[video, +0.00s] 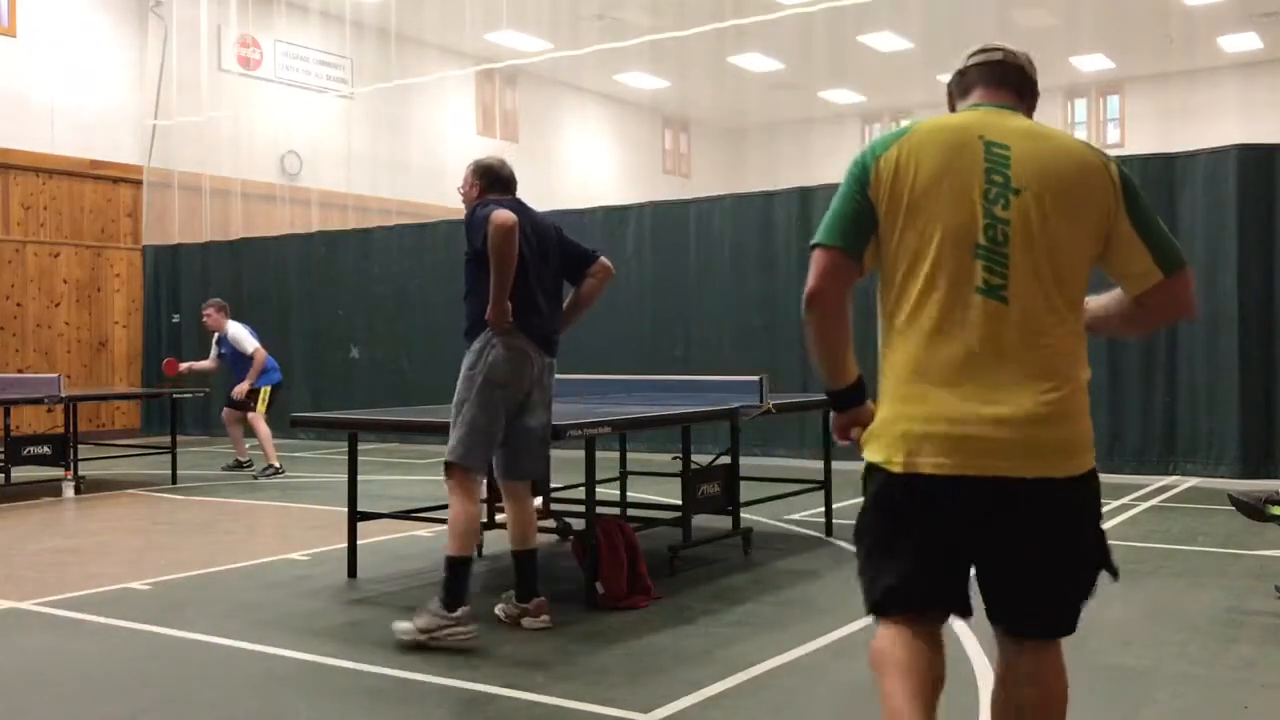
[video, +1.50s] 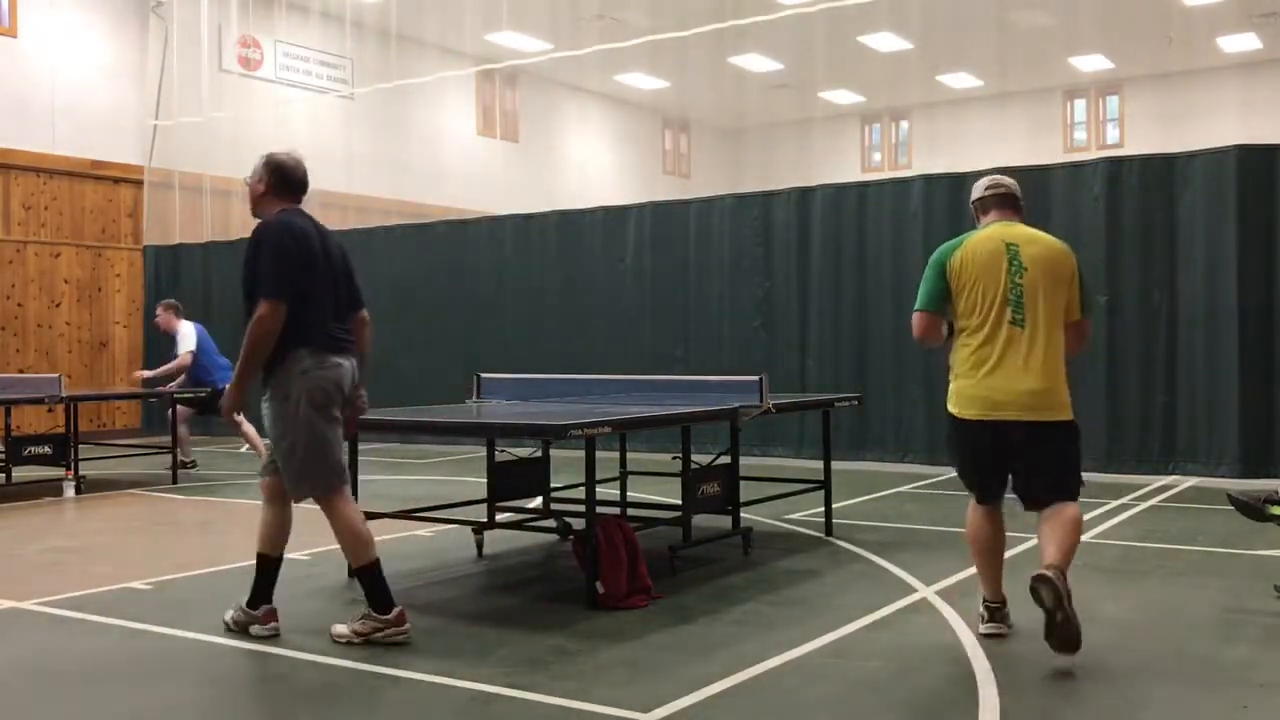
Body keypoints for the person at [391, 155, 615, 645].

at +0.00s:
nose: (460, 193)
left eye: (463, 185)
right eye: (462, 185)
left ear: (476, 185)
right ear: (510, 188)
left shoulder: (482, 209)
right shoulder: (541, 225)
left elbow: (505, 223)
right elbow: (600, 268)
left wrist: (498, 305)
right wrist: (560, 322)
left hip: (497, 349)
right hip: (539, 356)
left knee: (462, 474)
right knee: (517, 481)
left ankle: (451, 609)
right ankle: (529, 600)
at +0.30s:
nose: (432, 196)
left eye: (434, 189)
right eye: (435, 189)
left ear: (445, 187)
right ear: (481, 189)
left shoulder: (448, 210)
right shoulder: (515, 225)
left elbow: (463, 225)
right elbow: (574, 265)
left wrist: (461, 303)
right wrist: (533, 317)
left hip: (467, 351)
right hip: (514, 359)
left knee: (423, 476)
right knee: (506, 484)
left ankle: (397, 608)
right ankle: (528, 600)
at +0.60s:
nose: (381, 198)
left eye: (382, 191)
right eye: (383, 191)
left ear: (391, 192)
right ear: (429, 190)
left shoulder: (391, 220)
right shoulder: (462, 226)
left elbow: (389, 251)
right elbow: (523, 270)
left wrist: (386, 330)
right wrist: (488, 330)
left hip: (409, 367)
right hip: (462, 369)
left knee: (378, 489)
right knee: (471, 486)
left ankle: (387, 614)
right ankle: (523, 595)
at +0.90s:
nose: (336, 191)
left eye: (337, 184)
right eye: (338, 185)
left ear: (345, 185)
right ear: (384, 184)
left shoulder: (346, 222)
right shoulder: (417, 224)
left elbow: (344, 294)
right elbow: (470, 289)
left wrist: (306, 371)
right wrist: (476, 357)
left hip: (369, 366)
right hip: (418, 367)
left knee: (366, 490)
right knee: (404, 483)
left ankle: (387, 615)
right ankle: (445, 591)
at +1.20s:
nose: (295, 192)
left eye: (296, 185)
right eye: (297, 185)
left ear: (305, 185)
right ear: (342, 183)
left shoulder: (318, 228)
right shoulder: (377, 227)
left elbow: (309, 311)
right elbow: (420, 300)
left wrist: (278, 371)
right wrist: (436, 371)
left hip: (347, 364)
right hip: (387, 361)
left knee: (360, 491)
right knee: (327, 478)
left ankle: (387, 615)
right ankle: (307, 597)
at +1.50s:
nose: (248, 192)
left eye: (251, 184)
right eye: (250, 183)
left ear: (264, 187)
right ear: (296, 190)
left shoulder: (271, 232)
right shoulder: (326, 237)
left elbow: (270, 313)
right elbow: (360, 318)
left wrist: (237, 386)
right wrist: (357, 382)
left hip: (302, 369)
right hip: (337, 366)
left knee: (332, 493)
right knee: (275, 486)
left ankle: (384, 610)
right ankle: (258, 607)